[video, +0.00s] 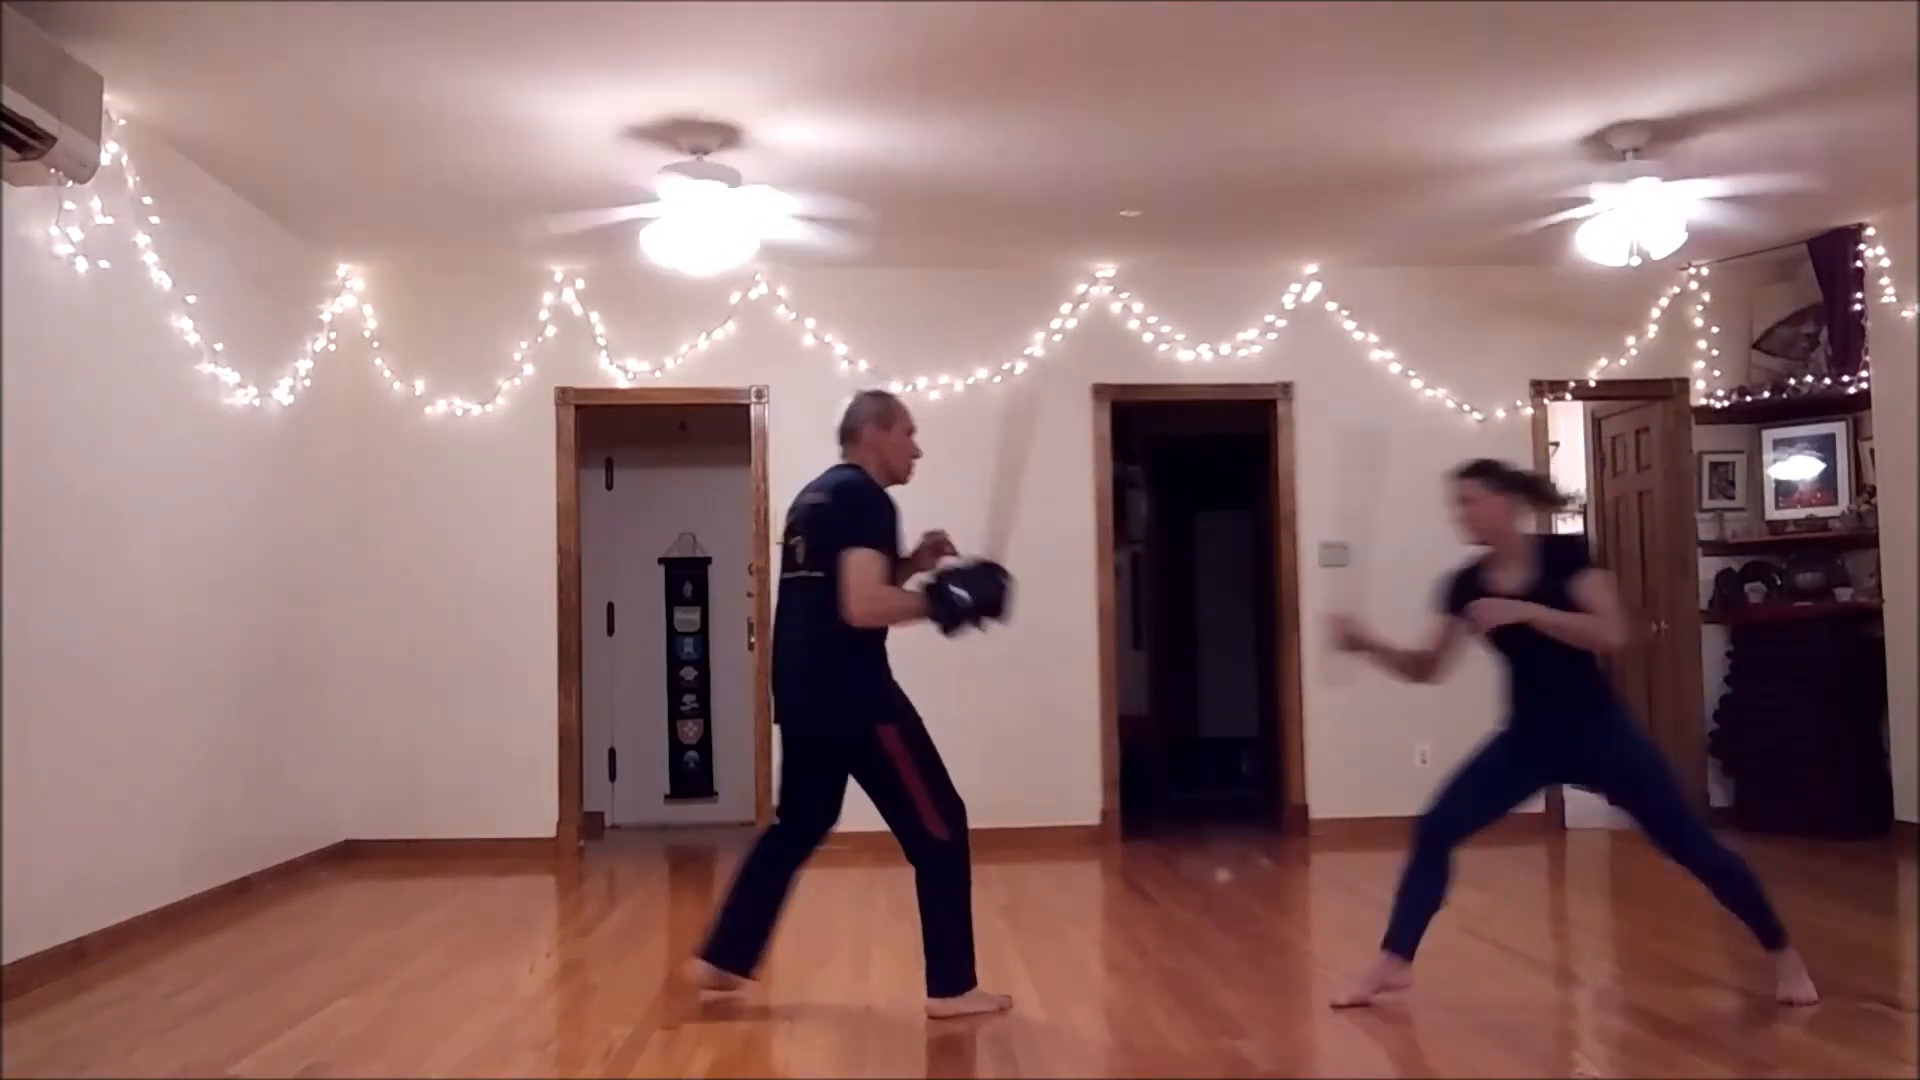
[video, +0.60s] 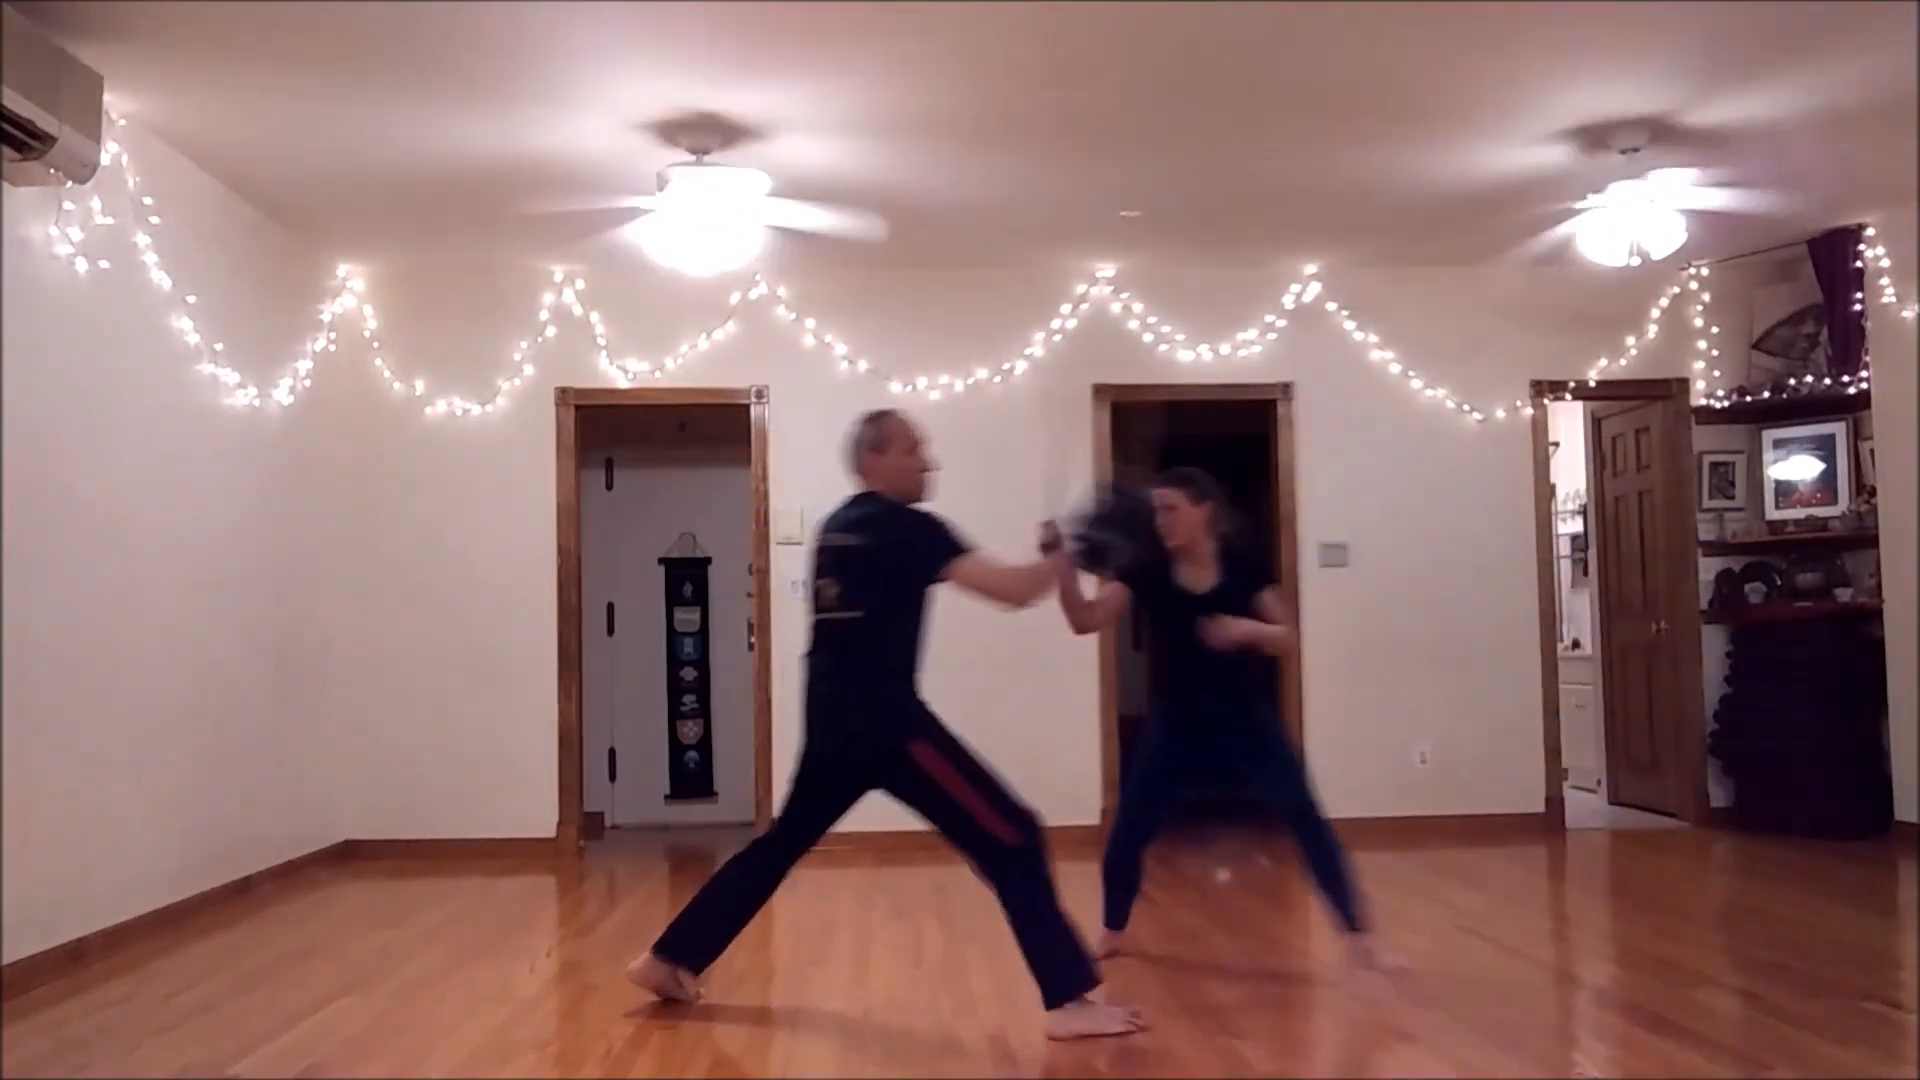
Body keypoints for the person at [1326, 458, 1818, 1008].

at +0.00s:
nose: (1464, 515)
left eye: (1473, 502)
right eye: (1459, 506)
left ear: (1510, 501)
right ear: (1468, 515)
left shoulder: (1567, 558)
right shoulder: (1470, 583)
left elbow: (1613, 634)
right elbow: (1431, 665)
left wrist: (1524, 612)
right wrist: (1369, 645)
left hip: (1600, 736)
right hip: (1528, 741)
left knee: (1686, 840)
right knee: (1437, 828)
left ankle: (1781, 950)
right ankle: (1393, 963)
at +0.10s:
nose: (1382, 515)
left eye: (1393, 502)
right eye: (1380, 504)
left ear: (1432, 504)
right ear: (1397, 515)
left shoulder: (1490, 555)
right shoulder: (1390, 585)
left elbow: (1557, 625)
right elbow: (1324, 652)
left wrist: (1482, 637)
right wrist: (1253, 653)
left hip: (1535, 725)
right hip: (1466, 734)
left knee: (1600, 843)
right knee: (1397, 830)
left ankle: (1695, 936)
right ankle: (1396, 974)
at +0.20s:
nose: (1334, 512)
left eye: (1343, 499)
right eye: (1332, 501)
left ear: (1384, 498)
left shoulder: (1443, 552)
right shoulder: (1344, 576)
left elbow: (1517, 621)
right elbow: (1288, 652)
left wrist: (1454, 665)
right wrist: (1221, 669)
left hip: (1477, 710)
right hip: (1413, 714)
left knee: (1494, 827)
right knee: (1358, 822)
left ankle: (1522, 945)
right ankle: (1389, 965)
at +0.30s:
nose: (1303, 519)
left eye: (1311, 506)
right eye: (1300, 508)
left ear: (1351, 504)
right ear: (1335, 511)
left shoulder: (1407, 560)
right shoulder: (1319, 580)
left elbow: (1476, 622)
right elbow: (1282, 661)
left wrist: (1434, 683)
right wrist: (1221, 651)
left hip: (1419, 720)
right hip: (1362, 722)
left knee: (1405, 829)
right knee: (1275, 796)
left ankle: (1445, 977)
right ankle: (1314, 932)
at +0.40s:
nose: (1263, 527)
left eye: (1272, 514)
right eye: (1258, 517)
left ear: (1309, 513)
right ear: (1265, 523)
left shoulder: (1360, 566)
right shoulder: (1274, 584)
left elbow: (1437, 618)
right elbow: (1225, 650)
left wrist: (1394, 660)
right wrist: (1176, 606)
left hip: (1364, 733)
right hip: (1307, 735)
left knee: (1365, 851)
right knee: (1209, 803)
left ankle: (1442, 984)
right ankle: (1175, 925)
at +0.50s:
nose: (1202, 520)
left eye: (1212, 508)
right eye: (1198, 511)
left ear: (1250, 508)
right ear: (1200, 519)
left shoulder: (1297, 564)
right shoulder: (1204, 573)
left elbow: (1362, 627)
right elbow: (1135, 624)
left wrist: (1319, 648)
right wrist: (1106, 568)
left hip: (1300, 723)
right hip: (1237, 725)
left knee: (1346, 837)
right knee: (1163, 808)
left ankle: (1430, 968)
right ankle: (1108, 915)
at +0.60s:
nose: (1161, 522)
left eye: (1171, 511)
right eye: (1157, 512)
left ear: (1205, 511)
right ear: (1154, 518)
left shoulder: (1243, 571)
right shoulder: (1148, 576)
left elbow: (1289, 638)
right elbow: (1084, 619)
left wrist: (1248, 631)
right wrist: (1061, 563)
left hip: (1247, 728)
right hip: (1175, 731)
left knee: (1305, 819)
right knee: (1129, 828)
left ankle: (1358, 935)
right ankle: (1112, 931)